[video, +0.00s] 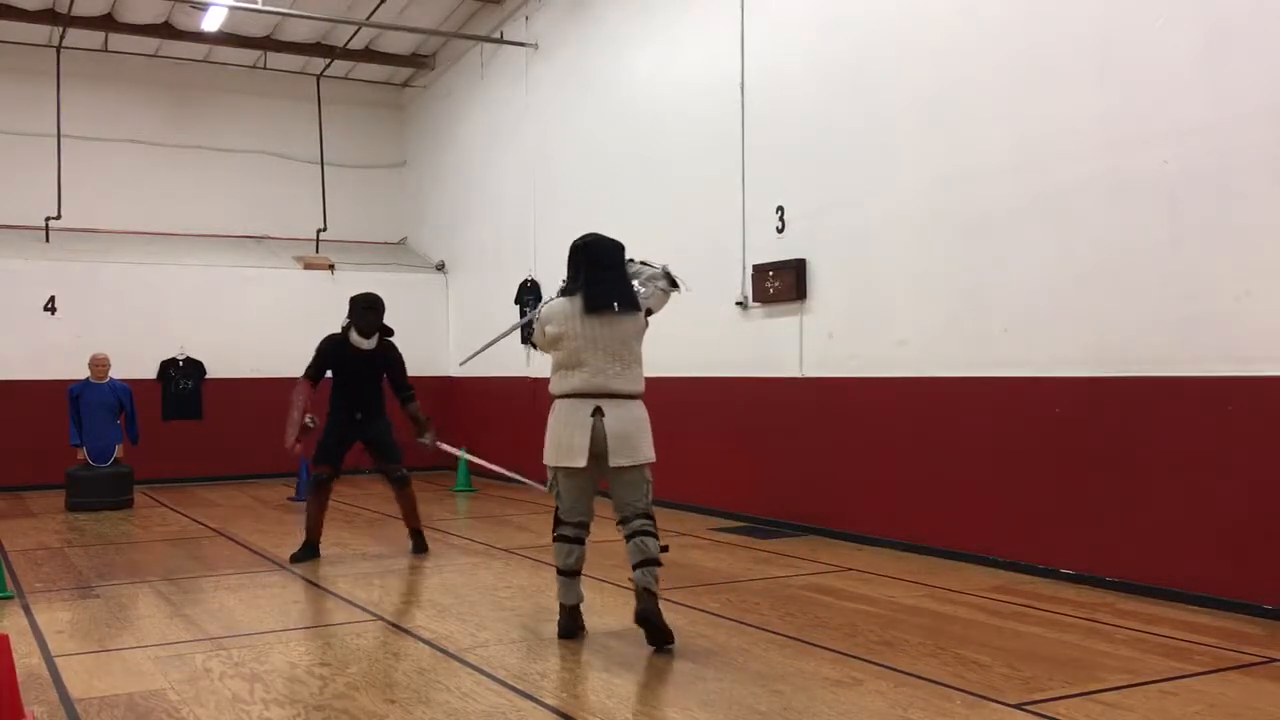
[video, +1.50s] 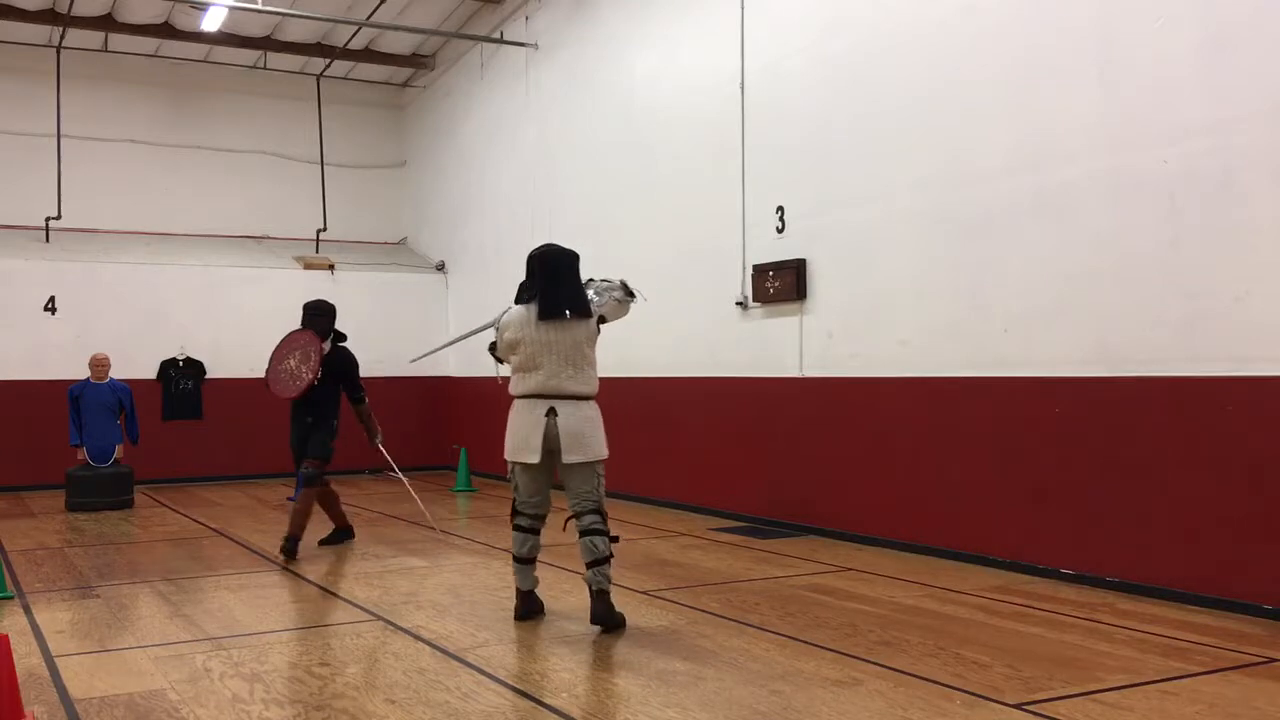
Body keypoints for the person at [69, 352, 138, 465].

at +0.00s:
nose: (100, 369)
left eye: (104, 366)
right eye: (96, 366)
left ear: (109, 367)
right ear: (89, 367)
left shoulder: (121, 389)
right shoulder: (77, 390)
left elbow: (130, 415)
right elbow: (74, 419)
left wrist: (133, 437)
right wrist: (78, 445)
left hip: (113, 444)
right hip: (88, 444)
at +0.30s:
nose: (100, 369)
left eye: (104, 366)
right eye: (96, 366)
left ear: (109, 367)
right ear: (90, 367)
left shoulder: (121, 389)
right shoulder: (77, 390)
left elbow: (130, 415)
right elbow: (74, 419)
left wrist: (133, 437)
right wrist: (78, 445)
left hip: (113, 444)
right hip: (88, 444)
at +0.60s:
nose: (100, 369)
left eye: (104, 366)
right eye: (96, 366)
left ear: (109, 367)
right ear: (89, 367)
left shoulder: (121, 389)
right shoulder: (77, 390)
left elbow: (130, 415)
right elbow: (74, 419)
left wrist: (133, 437)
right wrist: (78, 445)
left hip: (113, 444)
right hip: (88, 444)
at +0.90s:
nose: (100, 369)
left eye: (104, 366)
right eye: (96, 366)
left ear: (109, 367)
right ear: (89, 367)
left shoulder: (121, 389)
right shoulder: (77, 390)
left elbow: (130, 415)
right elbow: (74, 419)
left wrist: (133, 437)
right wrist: (78, 444)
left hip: (114, 445)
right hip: (87, 445)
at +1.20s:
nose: (100, 369)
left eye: (104, 366)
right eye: (96, 366)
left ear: (109, 367)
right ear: (89, 367)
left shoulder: (121, 389)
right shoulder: (77, 390)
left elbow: (130, 415)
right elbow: (74, 419)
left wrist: (133, 437)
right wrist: (78, 444)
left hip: (114, 445)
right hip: (87, 445)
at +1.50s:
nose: (100, 369)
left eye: (104, 366)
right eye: (96, 366)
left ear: (109, 367)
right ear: (89, 367)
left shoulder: (121, 389)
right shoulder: (77, 390)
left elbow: (130, 415)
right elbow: (74, 419)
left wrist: (133, 437)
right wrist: (78, 444)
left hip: (114, 445)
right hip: (87, 445)